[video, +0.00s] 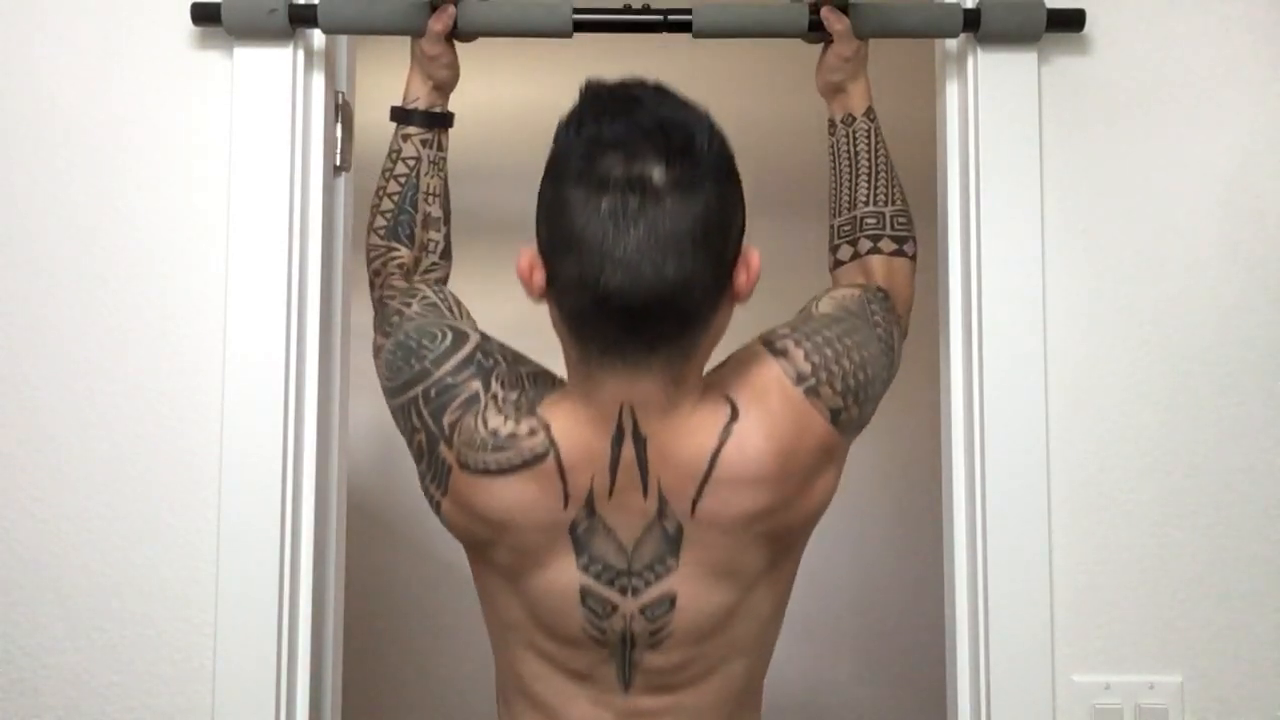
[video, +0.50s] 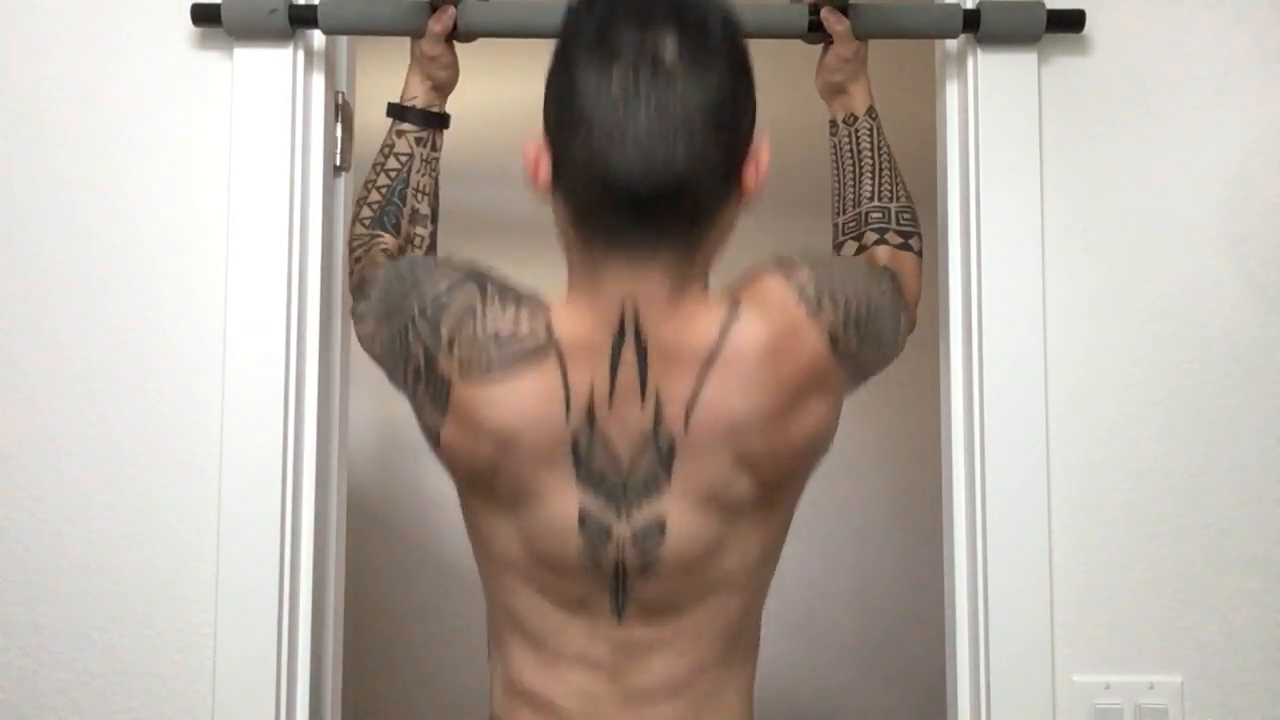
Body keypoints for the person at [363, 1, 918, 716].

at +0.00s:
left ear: (534, 277)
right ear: (743, 279)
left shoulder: (491, 451)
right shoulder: (783, 435)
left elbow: (402, 275)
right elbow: (877, 275)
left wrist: (425, 92)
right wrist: (850, 96)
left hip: (533, 712)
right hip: (726, 712)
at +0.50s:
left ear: (539, 170)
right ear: (753, 171)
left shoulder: (475, 356)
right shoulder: (795, 343)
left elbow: (379, 261)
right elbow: (892, 263)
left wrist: (423, 89)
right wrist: (850, 96)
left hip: (530, 708)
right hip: (711, 707)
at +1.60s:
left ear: (543, 209)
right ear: (752, 211)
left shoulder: (484, 389)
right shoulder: (791, 379)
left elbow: (388, 259)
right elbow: (888, 263)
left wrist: (423, 92)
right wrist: (850, 96)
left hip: (537, 710)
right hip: (720, 710)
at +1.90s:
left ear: (539, 295)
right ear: (746, 297)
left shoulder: (493, 458)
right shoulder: (780, 441)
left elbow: (403, 278)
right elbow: (877, 281)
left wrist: (425, 93)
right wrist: (849, 97)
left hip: (532, 714)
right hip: (722, 714)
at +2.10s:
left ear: (538, 266)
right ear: (748, 273)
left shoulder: (488, 432)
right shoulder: (785, 413)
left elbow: (397, 267)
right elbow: (880, 273)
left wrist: (425, 94)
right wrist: (849, 98)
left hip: (529, 713)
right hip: (720, 714)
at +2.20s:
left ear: (537, 197)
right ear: (749, 203)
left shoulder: (478, 378)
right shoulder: (791, 360)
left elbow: (385, 258)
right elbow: (888, 261)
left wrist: (424, 94)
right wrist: (849, 97)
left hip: (531, 708)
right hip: (717, 709)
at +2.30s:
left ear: (537, 105)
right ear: (751, 109)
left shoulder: (468, 295)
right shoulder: (799, 285)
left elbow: (372, 266)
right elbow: (901, 275)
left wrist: (422, 95)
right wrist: (851, 99)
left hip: (528, 699)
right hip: (716, 699)